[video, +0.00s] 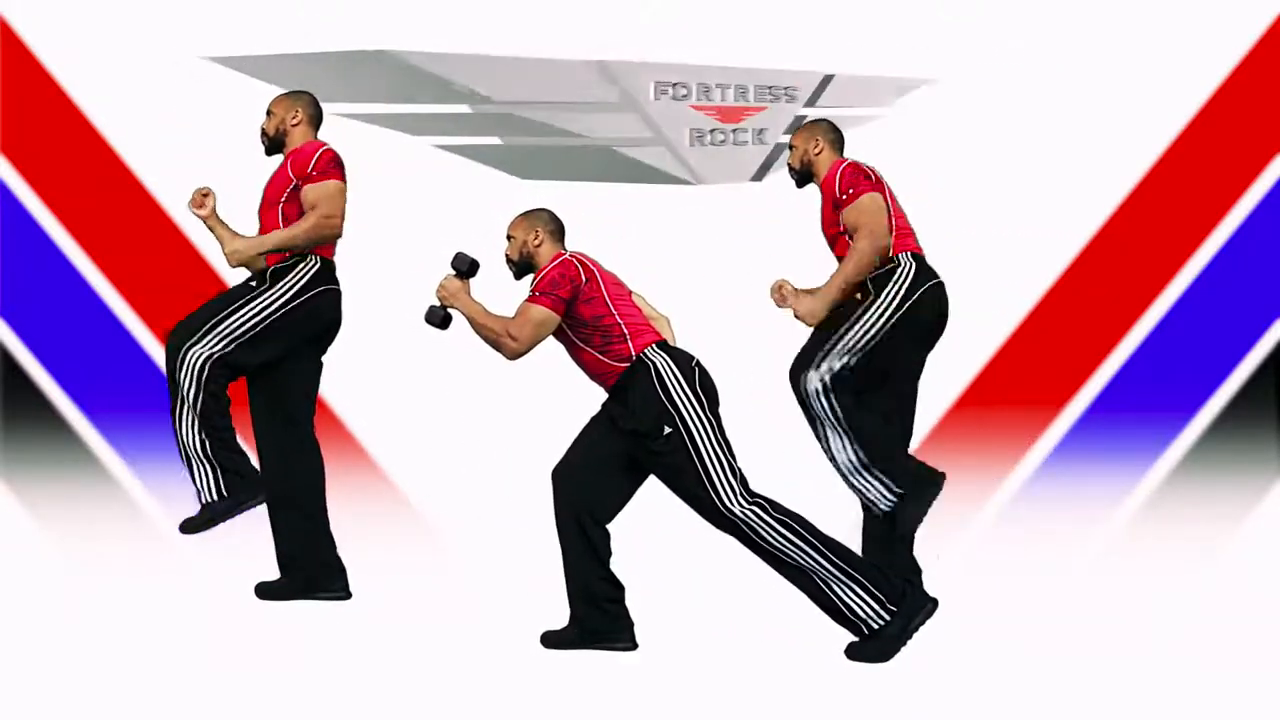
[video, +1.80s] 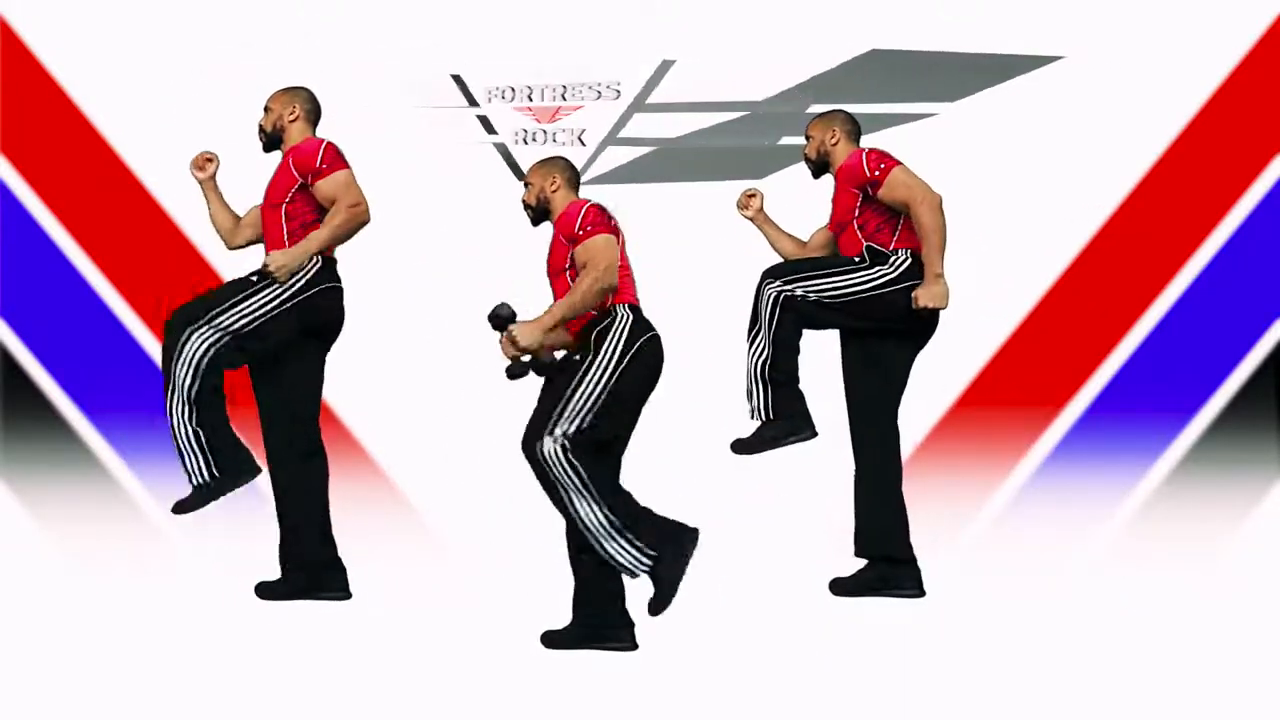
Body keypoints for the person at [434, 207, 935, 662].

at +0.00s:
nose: (505, 248)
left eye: (511, 238)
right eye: (506, 240)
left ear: (541, 237)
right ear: (543, 240)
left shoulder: (562, 269)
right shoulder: (578, 276)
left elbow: (513, 341)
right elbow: (661, 324)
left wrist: (463, 301)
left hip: (660, 382)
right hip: (632, 401)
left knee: (734, 506)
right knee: (574, 488)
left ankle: (885, 609)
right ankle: (601, 622)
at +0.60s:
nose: (508, 241)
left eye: (514, 231)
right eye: (507, 233)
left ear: (542, 228)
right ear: (543, 235)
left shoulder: (565, 258)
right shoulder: (575, 269)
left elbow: (530, 331)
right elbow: (649, 323)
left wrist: (465, 309)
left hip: (651, 378)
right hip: (620, 397)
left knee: (724, 496)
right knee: (570, 490)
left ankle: (875, 602)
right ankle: (601, 623)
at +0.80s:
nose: (517, 209)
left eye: (522, 198)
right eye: (518, 201)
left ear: (546, 195)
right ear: (551, 197)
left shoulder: (579, 224)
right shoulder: (560, 253)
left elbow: (598, 279)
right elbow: (603, 331)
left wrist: (528, 322)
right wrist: (561, 368)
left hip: (631, 349)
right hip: (603, 364)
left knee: (605, 475)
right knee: (578, 485)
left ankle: (733, 563)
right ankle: (600, 620)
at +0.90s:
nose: (527, 195)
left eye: (532, 185)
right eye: (528, 187)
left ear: (556, 182)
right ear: (558, 185)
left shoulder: (583, 208)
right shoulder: (571, 237)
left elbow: (626, 259)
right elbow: (584, 324)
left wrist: (581, 319)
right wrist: (526, 329)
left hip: (620, 337)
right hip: (616, 348)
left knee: (526, 418)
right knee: (593, 480)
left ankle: (584, 558)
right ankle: (605, 621)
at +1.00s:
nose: (534, 187)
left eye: (539, 177)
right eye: (535, 179)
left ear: (564, 175)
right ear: (565, 178)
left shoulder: (593, 202)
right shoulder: (573, 233)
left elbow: (645, 256)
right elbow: (556, 309)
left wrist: (619, 321)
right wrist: (498, 287)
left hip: (600, 335)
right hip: (607, 348)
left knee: (493, 365)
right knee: (591, 492)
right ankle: (604, 620)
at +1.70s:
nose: (533, 190)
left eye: (538, 180)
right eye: (533, 183)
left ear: (563, 177)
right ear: (567, 178)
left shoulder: (591, 207)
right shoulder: (570, 234)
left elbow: (627, 263)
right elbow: (570, 319)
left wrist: (586, 327)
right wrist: (507, 308)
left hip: (606, 339)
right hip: (610, 352)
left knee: (506, 401)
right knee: (584, 485)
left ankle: (558, 528)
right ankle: (601, 620)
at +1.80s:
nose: (523, 194)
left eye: (527, 184)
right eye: (523, 187)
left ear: (552, 182)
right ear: (557, 184)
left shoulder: (582, 213)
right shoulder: (563, 242)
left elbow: (601, 276)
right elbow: (572, 332)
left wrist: (541, 326)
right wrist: (528, 342)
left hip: (619, 336)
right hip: (602, 347)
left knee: (551, 444)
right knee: (588, 476)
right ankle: (601, 619)